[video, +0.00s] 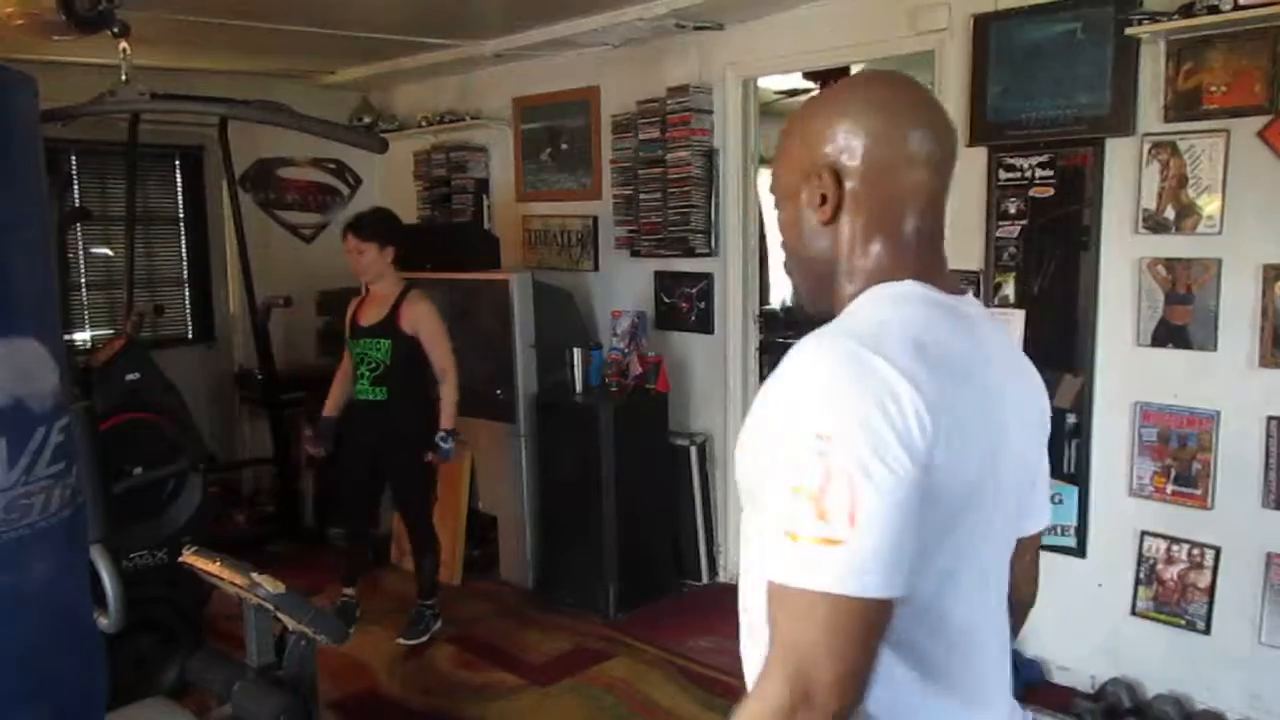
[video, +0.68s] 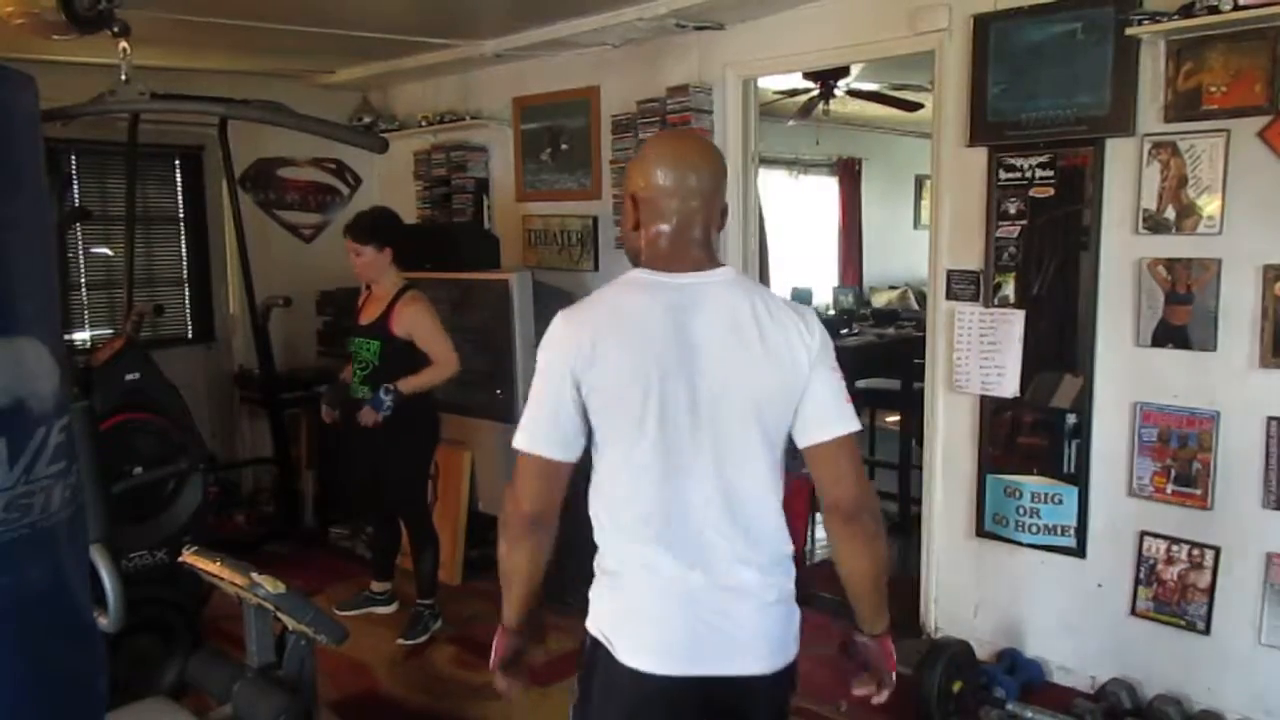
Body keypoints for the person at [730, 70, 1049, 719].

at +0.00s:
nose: (780, 235)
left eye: (780, 203)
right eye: (776, 205)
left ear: (825, 197)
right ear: (927, 196)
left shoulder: (849, 372)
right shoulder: (1007, 363)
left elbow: (810, 691)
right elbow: (1014, 594)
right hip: (987, 704)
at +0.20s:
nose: (735, 243)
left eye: (734, 218)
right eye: (732, 220)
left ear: (763, 213)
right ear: (861, 207)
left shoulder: (764, 349)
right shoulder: (958, 349)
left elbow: (754, 631)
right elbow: (1012, 564)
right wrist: (945, 680)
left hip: (815, 706)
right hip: (941, 703)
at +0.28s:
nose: (707, 245)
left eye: (706, 224)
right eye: (705, 225)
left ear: (733, 223)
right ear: (826, 217)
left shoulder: (730, 349)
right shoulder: (935, 353)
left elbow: (728, 607)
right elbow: (983, 565)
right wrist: (931, 683)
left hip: (781, 701)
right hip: (912, 697)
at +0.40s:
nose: (662, 249)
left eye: (662, 231)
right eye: (661, 230)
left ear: (682, 235)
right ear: (773, 224)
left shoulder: (671, 364)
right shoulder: (886, 356)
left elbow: (657, 601)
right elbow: (927, 564)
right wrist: (902, 692)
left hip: (724, 697)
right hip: (860, 692)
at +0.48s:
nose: (635, 250)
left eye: (635, 234)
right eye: (634, 234)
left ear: (652, 237)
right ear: (749, 229)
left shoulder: (637, 370)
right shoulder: (848, 353)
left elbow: (596, 607)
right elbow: (897, 543)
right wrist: (886, 685)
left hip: (690, 698)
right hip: (827, 693)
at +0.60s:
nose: (621, 234)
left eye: (622, 218)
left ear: (630, 227)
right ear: (723, 225)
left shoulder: (598, 350)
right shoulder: (809, 341)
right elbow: (868, 518)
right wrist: (879, 656)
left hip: (646, 682)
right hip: (776, 681)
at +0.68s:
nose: (620, 220)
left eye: (621, 205)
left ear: (629, 213)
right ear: (720, 218)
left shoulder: (583, 329)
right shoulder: (792, 329)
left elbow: (532, 508)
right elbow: (848, 500)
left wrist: (515, 622)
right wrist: (875, 631)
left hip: (636, 655)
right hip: (759, 656)